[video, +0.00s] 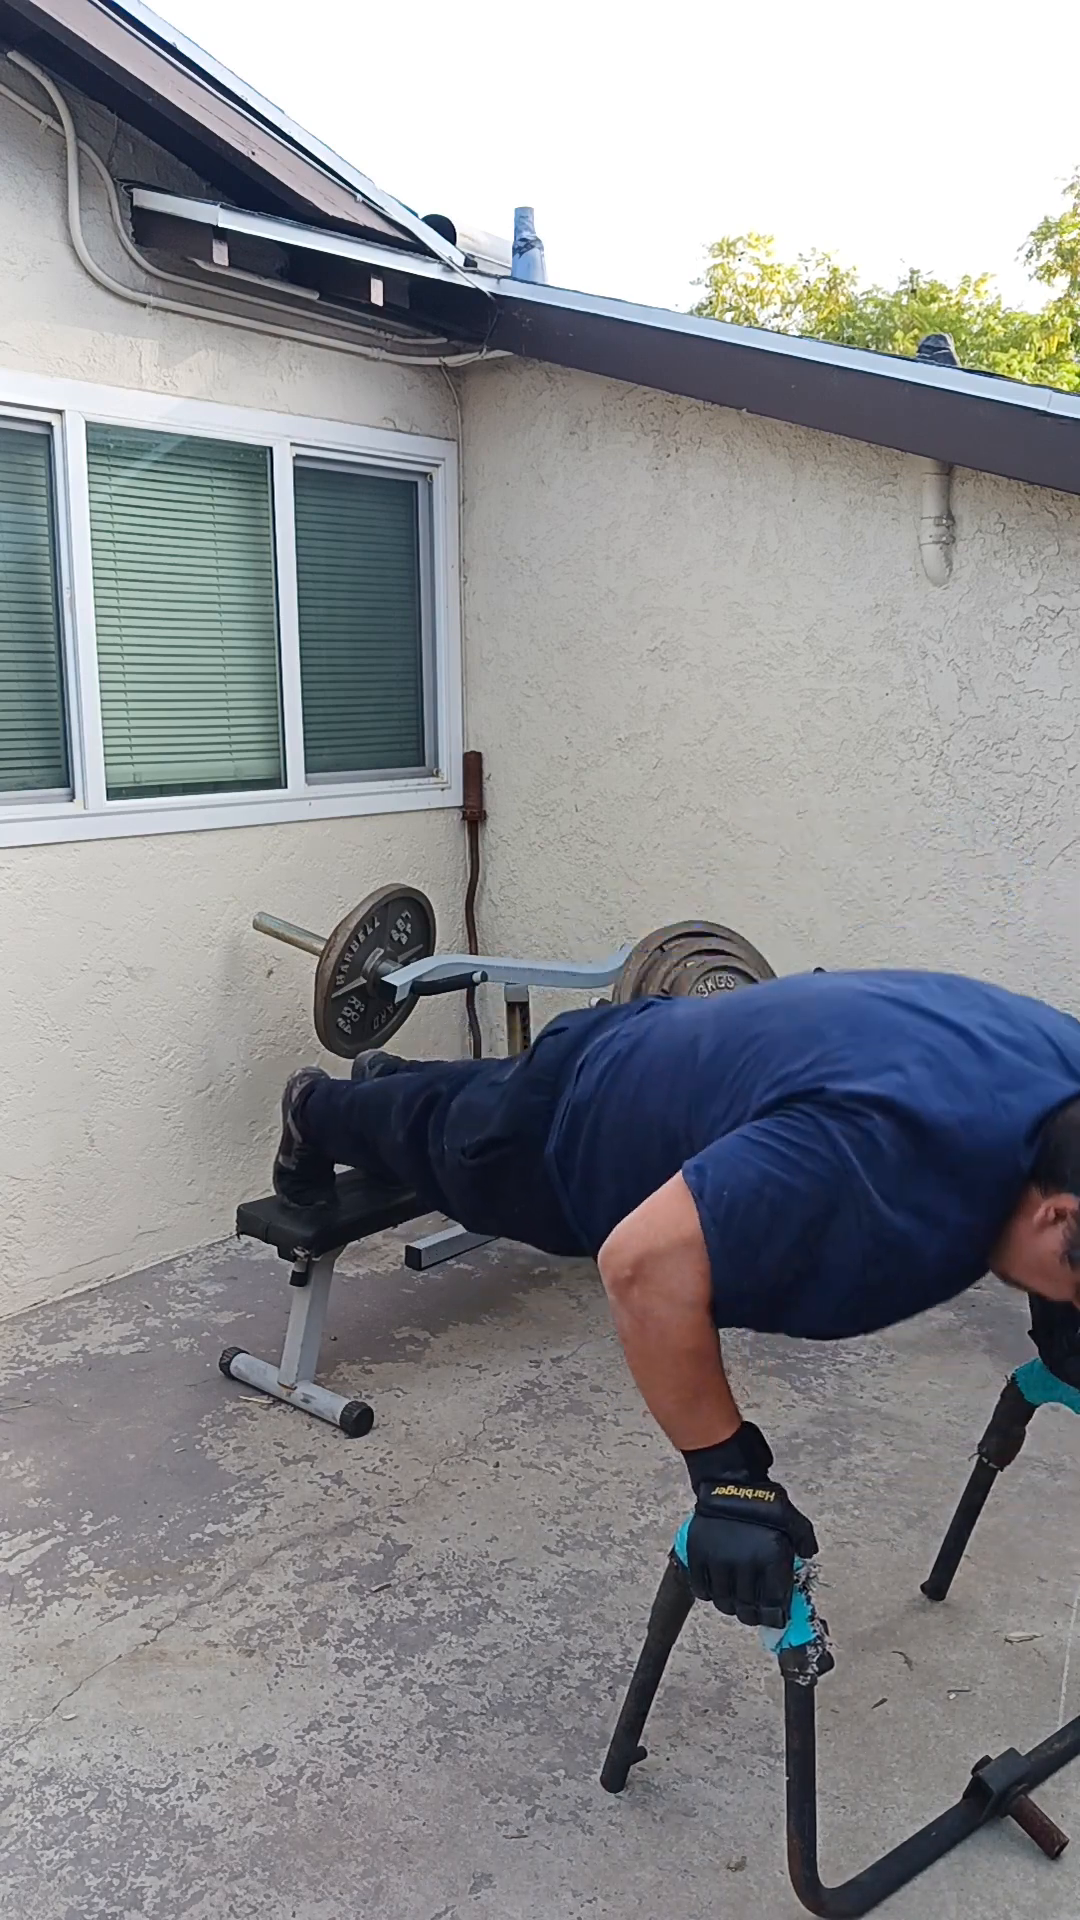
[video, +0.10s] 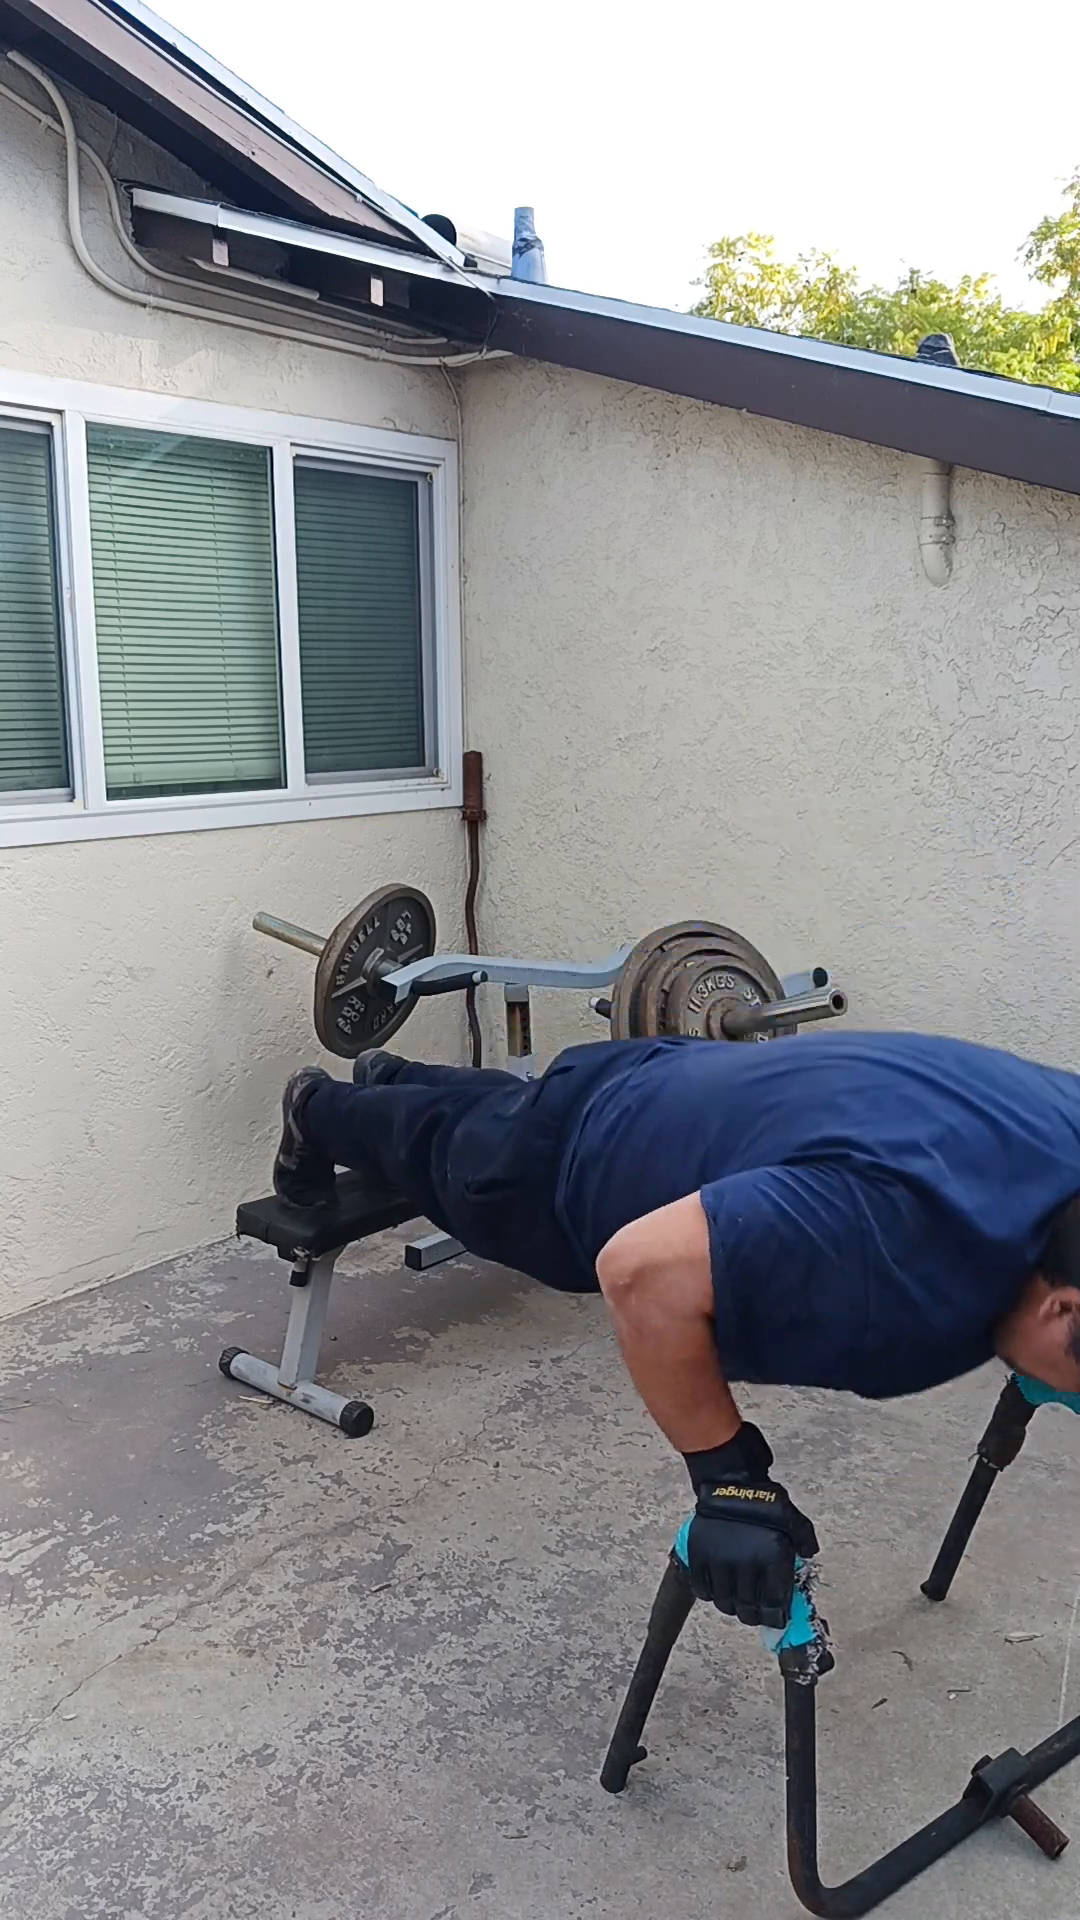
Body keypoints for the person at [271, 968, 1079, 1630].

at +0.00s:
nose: (1045, 1302)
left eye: (1064, 1299)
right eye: (1061, 1286)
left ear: (1063, 1210)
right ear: (1055, 1222)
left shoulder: (1068, 1070)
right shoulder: (880, 1160)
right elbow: (644, 1267)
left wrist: (1052, 1308)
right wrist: (731, 1480)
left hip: (696, 1031)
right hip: (594, 1106)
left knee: (496, 1105)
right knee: (438, 1121)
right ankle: (317, 1111)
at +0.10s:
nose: (1050, 1385)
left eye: (1066, 1379)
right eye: (1066, 1370)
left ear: (1067, 1301)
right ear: (1057, 1308)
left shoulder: (1075, 1132)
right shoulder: (898, 1244)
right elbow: (643, 1277)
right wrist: (731, 1484)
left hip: (704, 1070)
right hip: (601, 1146)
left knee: (524, 1099)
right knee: (442, 1132)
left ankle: (389, 1088)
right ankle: (316, 1107)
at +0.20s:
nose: (1049, 1454)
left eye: (1064, 1448)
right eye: (1068, 1443)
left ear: (1068, 1387)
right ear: (1062, 1391)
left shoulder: (1079, 1184)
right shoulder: (905, 1294)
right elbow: (653, 1277)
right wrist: (731, 1484)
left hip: (706, 1101)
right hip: (598, 1185)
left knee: (529, 1122)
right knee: (443, 1156)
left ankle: (392, 1082)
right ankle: (317, 1106)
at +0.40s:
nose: (1046, 1557)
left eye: (1062, 1556)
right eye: (1065, 1545)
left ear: (1068, 1485)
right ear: (1060, 1487)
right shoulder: (934, 1377)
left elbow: (1059, 1131)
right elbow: (686, 1271)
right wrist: (733, 1486)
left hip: (715, 1156)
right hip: (622, 1223)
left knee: (538, 1144)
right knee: (452, 1190)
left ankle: (397, 1084)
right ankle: (324, 1112)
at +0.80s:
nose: (1044, 1454)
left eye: (1061, 1449)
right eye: (1065, 1444)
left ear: (1066, 1388)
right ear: (1062, 1392)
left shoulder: (1073, 1194)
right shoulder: (906, 1287)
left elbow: (1063, 1131)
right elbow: (651, 1284)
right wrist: (729, 1485)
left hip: (701, 1110)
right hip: (593, 1195)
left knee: (530, 1126)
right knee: (441, 1167)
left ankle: (394, 1083)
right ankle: (316, 1111)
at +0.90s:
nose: (1051, 1373)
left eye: (1067, 1368)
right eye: (1069, 1360)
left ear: (1066, 1297)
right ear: (1058, 1303)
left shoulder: (1070, 1145)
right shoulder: (908, 1233)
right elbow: (646, 1288)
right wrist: (728, 1484)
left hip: (684, 1081)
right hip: (585, 1160)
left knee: (513, 1108)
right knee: (433, 1144)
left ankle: (389, 1085)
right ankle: (315, 1112)